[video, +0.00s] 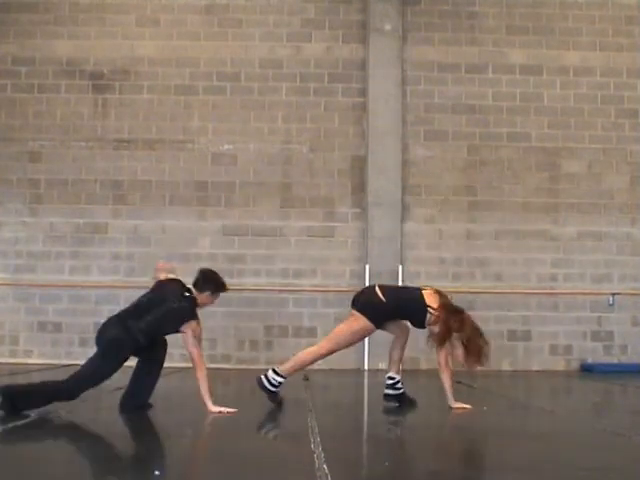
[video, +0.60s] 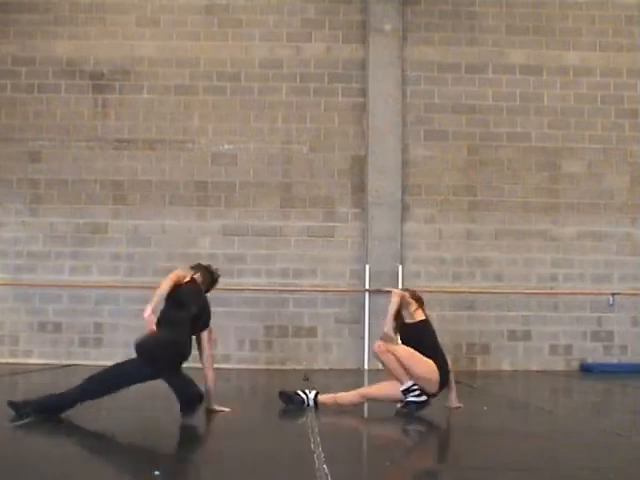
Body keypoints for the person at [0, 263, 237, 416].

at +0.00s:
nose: (214, 302)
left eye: (216, 297)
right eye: (215, 297)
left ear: (197, 284)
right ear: (206, 295)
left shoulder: (171, 282)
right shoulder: (190, 318)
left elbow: (160, 270)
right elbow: (197, 363)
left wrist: (166, 268)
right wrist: (209, 404)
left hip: (112, 327)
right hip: (120, 342)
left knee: (158, 347)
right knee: (72, 388)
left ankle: (133, 402)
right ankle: (10, 397)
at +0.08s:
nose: (224, 313)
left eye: (227, 309)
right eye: (226, 309)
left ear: (211, 291)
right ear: (219, 303)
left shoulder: (185, 284)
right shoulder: (202, 319)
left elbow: (149, 286)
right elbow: (203, 365)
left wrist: (161, 274)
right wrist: (210, 404)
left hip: (119, 316)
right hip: (133, 333)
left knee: (152, 346)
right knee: (79, 375)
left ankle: (133, 402)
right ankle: (11, 397)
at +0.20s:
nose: (223, 318)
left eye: (226, 315)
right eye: (226, 315)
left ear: (219, 291)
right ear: (225, 309)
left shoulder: (194, 279)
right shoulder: (211, 316)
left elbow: (154, 269)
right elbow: (207, 363)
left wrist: (148, 289)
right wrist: (211, 405)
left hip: (128, 299)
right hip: (141, 321)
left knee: (132, 332)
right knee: (85, 363)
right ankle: (25, 393)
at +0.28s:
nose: (227, 317)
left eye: (229, 313)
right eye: (230, 314)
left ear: (221, 290)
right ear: (229, 310)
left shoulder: (198, 280)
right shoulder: (216, 317)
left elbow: (154, 270)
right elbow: (212, 364)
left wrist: (133, 295)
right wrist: (210, 404)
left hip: (140, 299)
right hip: (151, 327)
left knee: (99, 314)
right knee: (95, 363)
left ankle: (57, 330)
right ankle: (33, 395)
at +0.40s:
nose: (232, 311)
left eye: (233, 306)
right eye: (234, 308)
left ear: (222, 286)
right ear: (231, 303)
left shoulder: (200, 278)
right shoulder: (221, 320)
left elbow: (157, 266)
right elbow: (214, 364)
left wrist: (123, 284)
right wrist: (211, 404)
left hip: (149, 307)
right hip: (156, 338)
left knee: (96, 280)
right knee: (99, 368)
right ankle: (36, 403)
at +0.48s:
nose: (218, 290)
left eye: (219, 285)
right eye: (224, 293)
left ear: (217, 279)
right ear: (228, 299)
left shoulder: (198, 277)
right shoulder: (218, 320)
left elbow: (160, 267)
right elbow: (213, 365)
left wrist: (128, 286)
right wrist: (210, 404)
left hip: (151, 317)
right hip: (159, 345)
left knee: (106, 283)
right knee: (97, 374)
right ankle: (36, 404)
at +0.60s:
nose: (188, 273)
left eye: (190, 272)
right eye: (191, 273)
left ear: (195, 276)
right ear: (208, 286)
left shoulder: (185, 278)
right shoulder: (203, 310)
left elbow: (173, 280)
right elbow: (208, 357)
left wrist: (152, 307)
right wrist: (212, 400)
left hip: (154, 348)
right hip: (171, 358)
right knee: (97, 384)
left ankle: (192, 399)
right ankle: (34, 407)